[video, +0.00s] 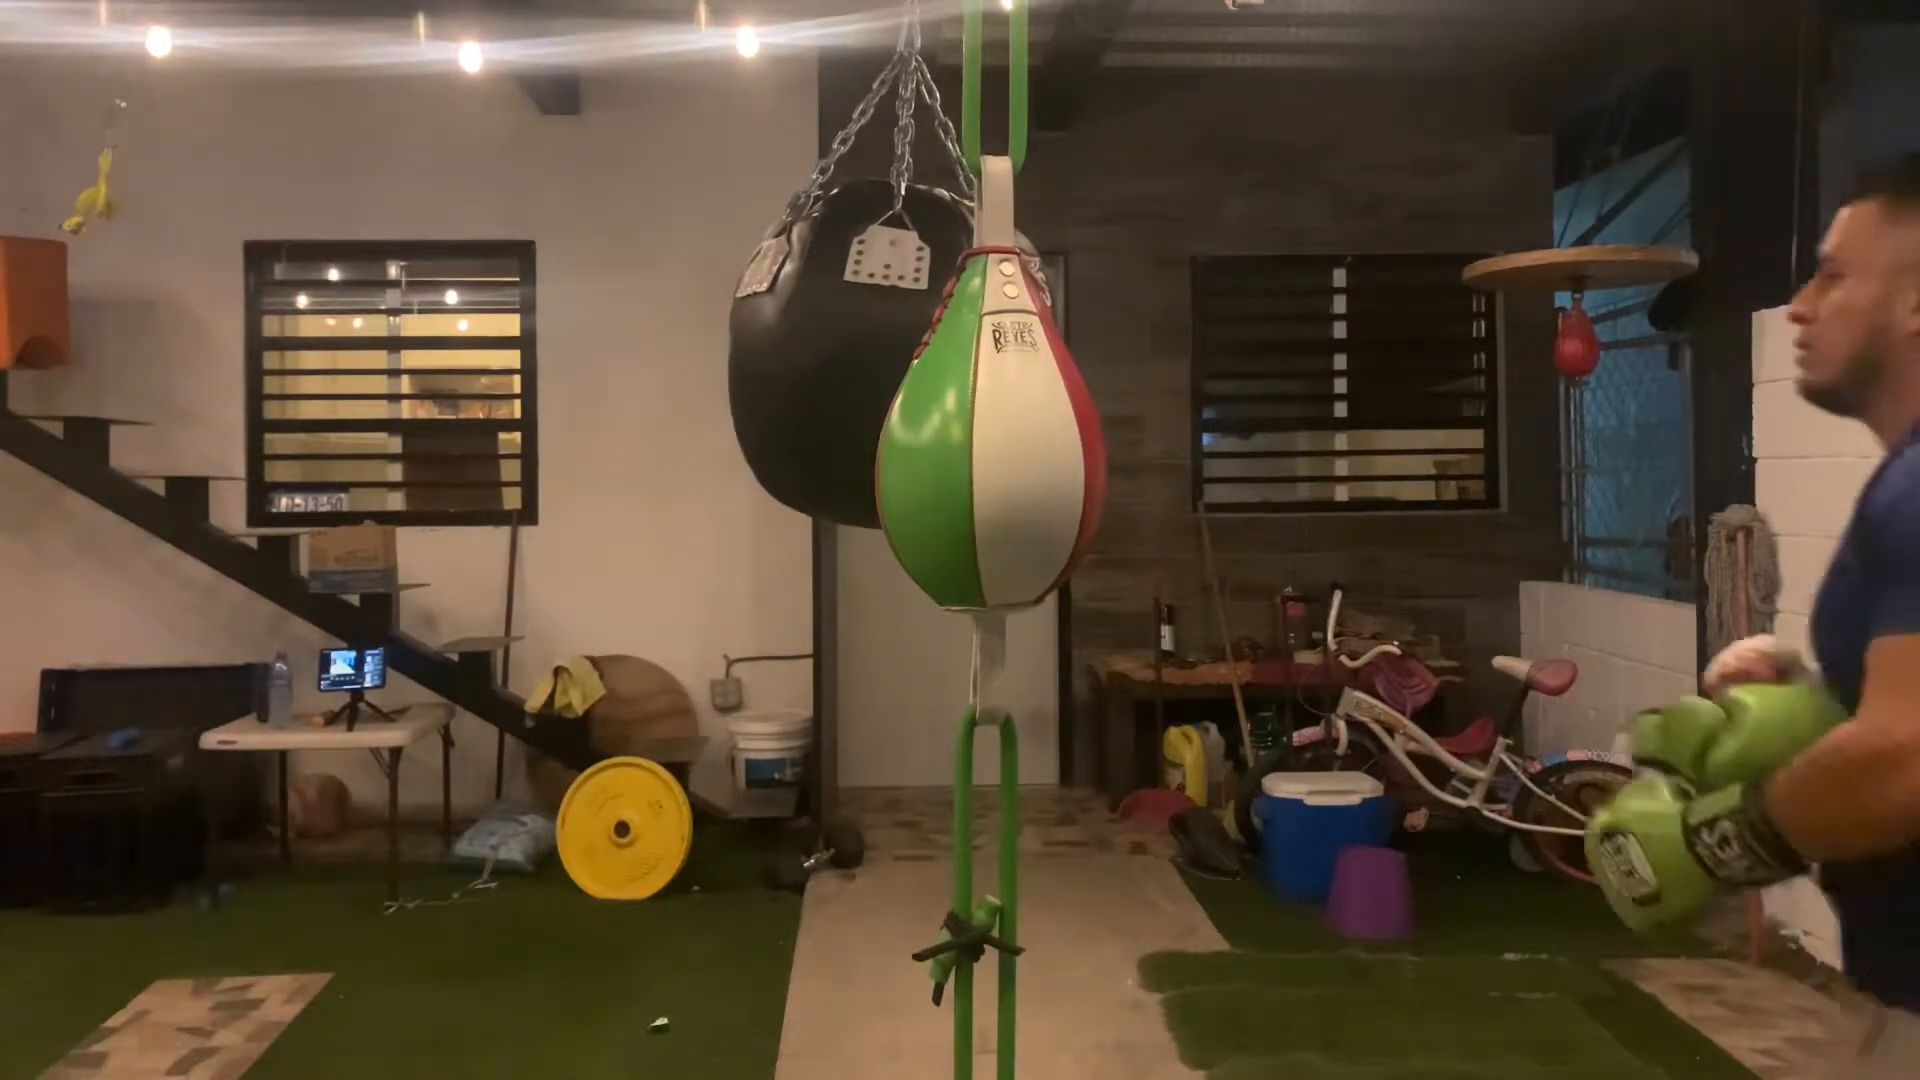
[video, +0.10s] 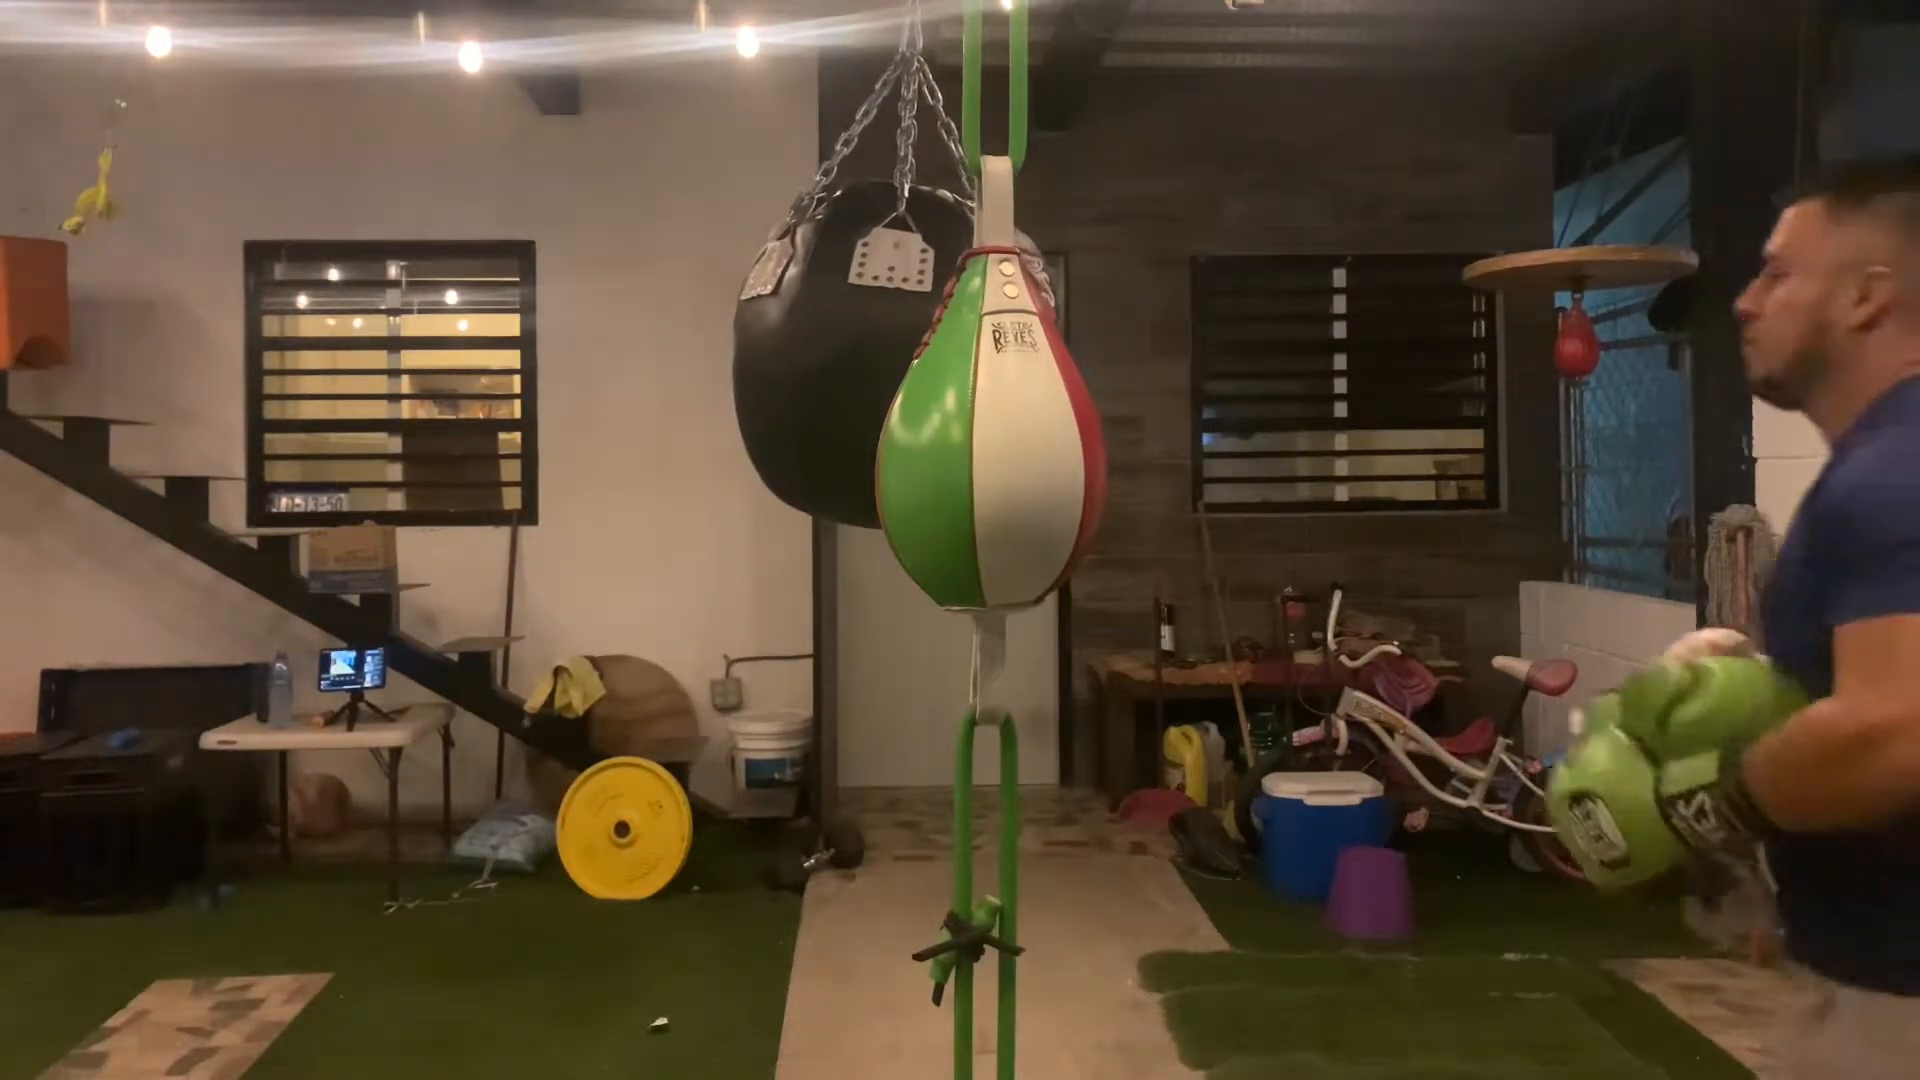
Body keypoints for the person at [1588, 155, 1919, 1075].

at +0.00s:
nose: (1795, 307)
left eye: (1831, 276)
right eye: (1811, 276)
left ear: (1913, 306)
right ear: (1907, 306)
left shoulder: (1908, 489)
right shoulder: (1896, 482)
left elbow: (1898, 760)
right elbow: (1888, 701)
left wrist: (1720, 847)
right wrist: (1796, 687)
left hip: (1912, 1002)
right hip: (1892, 983)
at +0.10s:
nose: (1743, 301)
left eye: (1774, 274)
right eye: (1757, 275)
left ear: (1872, 299)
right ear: (1869, 301)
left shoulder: (1883, 477)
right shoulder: (1872, 463)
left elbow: (1887, 738)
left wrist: (1712, 795)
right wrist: (1751, 662)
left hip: (1884, 993)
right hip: (1861, 970)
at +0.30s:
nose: (1627, 296)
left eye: (1660, 267)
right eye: (1637, 269)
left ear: (1757, 286)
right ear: (1749, 288)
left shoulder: (1828, 437)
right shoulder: (1744, 447)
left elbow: (1841, 699)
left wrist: (1601, 712)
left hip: (1829, 945)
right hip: (1748, 923)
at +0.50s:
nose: (1539, 302)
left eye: (1575, 274)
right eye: (1545, 276)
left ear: (1672, 295)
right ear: (1662, 299)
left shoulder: (1752, 448)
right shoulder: (1647, 454)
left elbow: (1757, 703)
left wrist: (1519, 689)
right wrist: (1522, 650)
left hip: (1746, 931)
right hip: (1683, 919)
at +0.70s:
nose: (1459, 310)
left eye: (1496, 282)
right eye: (1465, 284)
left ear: (1595, 301)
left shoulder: (1666, 459)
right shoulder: (1565, 464)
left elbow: (1608, 714)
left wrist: (1396, 659)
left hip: (1641, 944)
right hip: (1571, 924)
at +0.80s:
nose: (1407, 295)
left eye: (1445, 268)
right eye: (1412, 270)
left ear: (1541, 288)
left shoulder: (1595, 445)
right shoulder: (1494, 454)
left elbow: (1501, 695)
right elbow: (1473, 652)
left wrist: (1313, 619)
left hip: (1570, 926)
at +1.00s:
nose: (1333, 275)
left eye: (1371, 248)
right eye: (1338, 250)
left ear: (1467, 273)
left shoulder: (1508, 416)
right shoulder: (1428, 425)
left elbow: (1375, 647)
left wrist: (1223, 561)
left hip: (1488, 917)